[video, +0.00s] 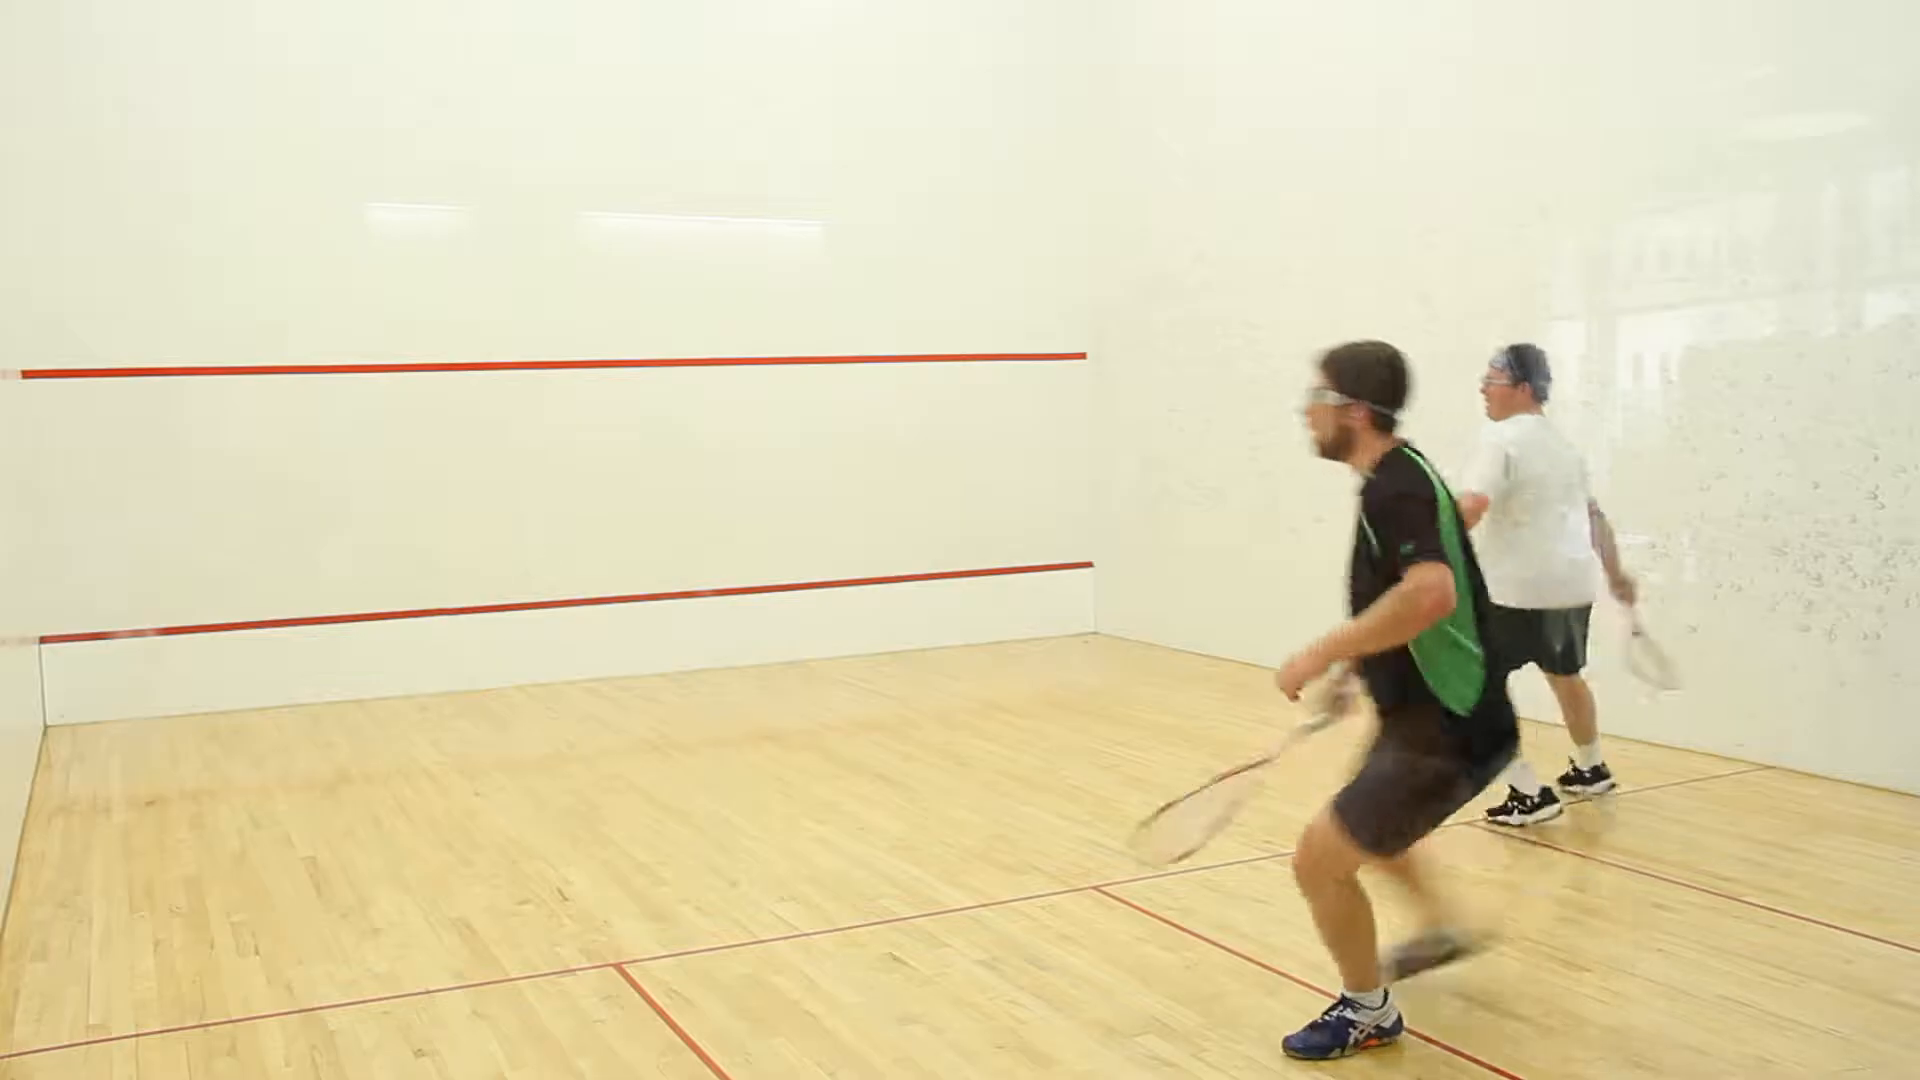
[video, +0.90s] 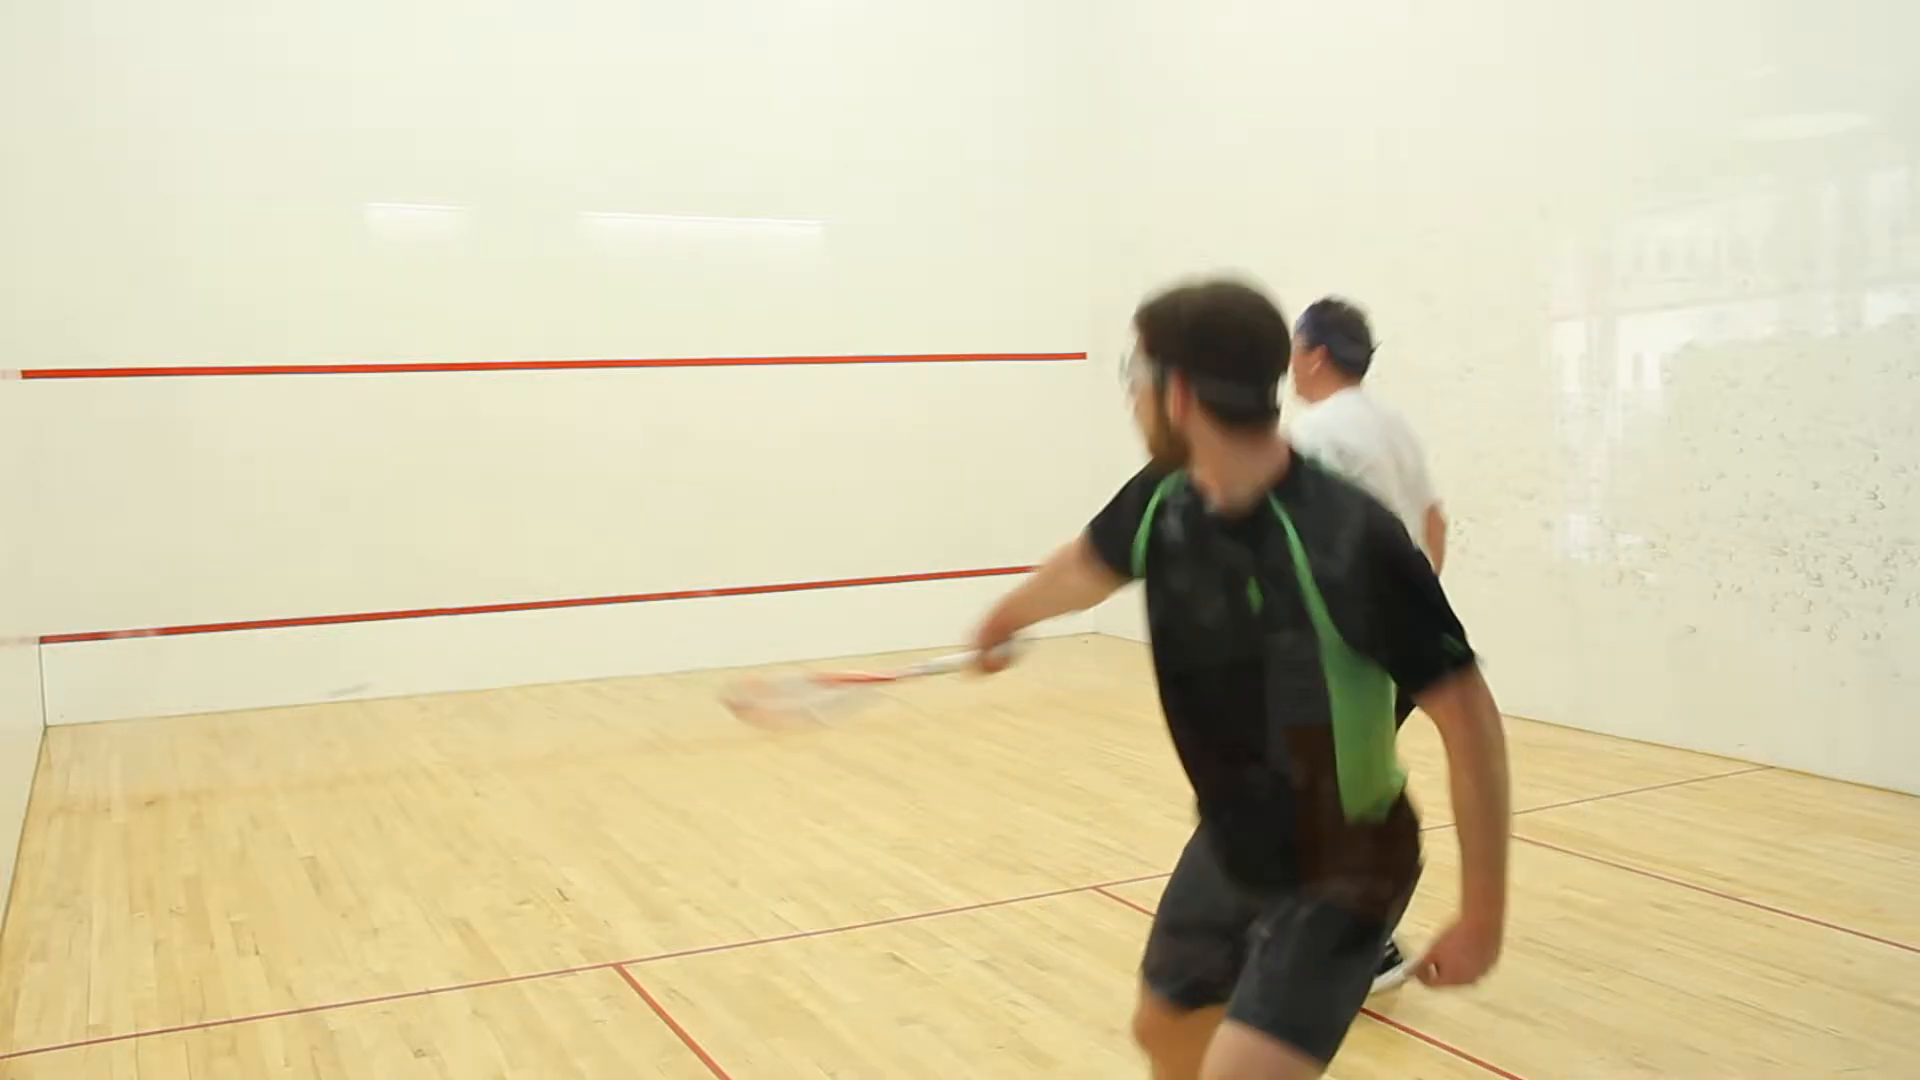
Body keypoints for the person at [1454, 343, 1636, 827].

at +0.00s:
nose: (1483, 391)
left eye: (1492, 383)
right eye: (1485, 382)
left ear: (1523, 389)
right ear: (1530, 391)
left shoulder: (1502, 441)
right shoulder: (1563, 444)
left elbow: (1470, 509)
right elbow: (1594, 516)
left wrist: (1423, 540)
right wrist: (1616, 573)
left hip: (1514, 593)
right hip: (1572, 589)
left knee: (1478, 679)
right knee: (1565, 672)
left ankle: (1525, 789)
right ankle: (1592, 766)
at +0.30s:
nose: (1446, 379)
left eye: (1456, 370)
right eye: (1445, 369)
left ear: (1493, 374)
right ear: (1492, 376)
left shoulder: (1482, 428)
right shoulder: (1533, 419)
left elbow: (1494, 504)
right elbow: (1557, 496)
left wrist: (1443, 558)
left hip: (1513, 594)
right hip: (1562, 589)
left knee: (1452, 693)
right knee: (1538, 701)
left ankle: (1516, 811)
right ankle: (1605, 819)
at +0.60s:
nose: (1368, 395)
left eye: (1376, 382)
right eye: (1368, 382)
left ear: (1413, 386)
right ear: (1423, 388)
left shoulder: (1410, 449)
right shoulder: (1461, 443)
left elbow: (1403, 539)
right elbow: (1495, 526)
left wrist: (1343, 567)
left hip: (1447, 627)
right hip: (1502, 617)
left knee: (1398, 751)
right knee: (1505, 721)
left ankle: (1456, 885)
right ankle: (1559, 828)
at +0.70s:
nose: (1340, 357)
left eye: (1350, 346)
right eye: (1342, 345)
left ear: (1386, 351)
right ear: (1392, 354)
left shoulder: (1381, 408)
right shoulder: (1431, 409)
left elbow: (1377, 496)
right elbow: (1449, 499)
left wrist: (1321, 536)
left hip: (1419, 608)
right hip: (1472, 602)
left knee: (1407, 744)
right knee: (1449, 720)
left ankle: (1438, 876)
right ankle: (1482, 846)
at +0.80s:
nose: (1314, 343)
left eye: (1322, 332)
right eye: (1316, 331)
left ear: (1354, 336)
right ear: (1370, 339)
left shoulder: (1356, 392)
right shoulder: (1411, 396)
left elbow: (1347, 477)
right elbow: (1457, 498)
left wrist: (1295, 524)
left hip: (1402, 596)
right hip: (1444, 591)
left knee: (1380, 739)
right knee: (1400, 741)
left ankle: (1411, 890)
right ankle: (1414, 884)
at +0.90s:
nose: (1288, 363)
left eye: (1294, 351)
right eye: (1293, 351)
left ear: (1315, 357)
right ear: (1358, 360)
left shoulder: (1310, 435)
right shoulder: (1395, 425)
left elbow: (1294, 543)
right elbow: (1432, 525)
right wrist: (1418, 609)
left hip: (1333, 646)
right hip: (1398, 646)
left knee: (1321, 784)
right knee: (1363, 777)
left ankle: (1369, 938)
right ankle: (1375, 931)